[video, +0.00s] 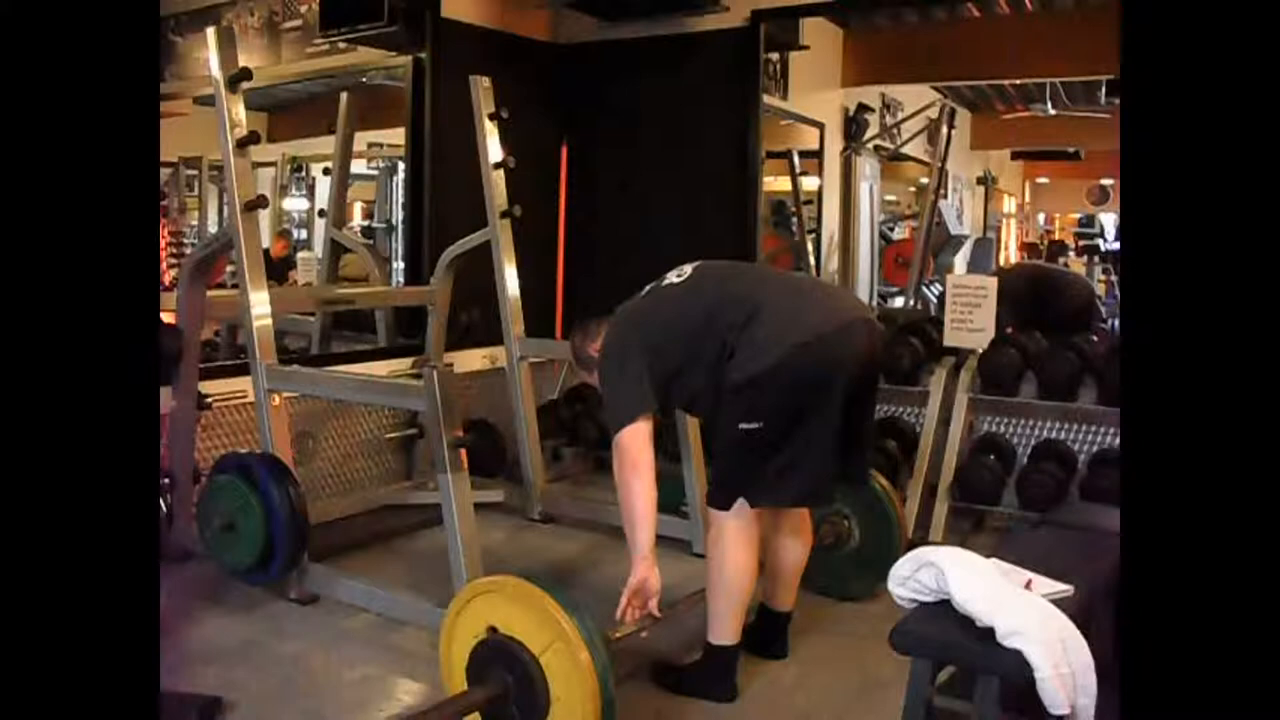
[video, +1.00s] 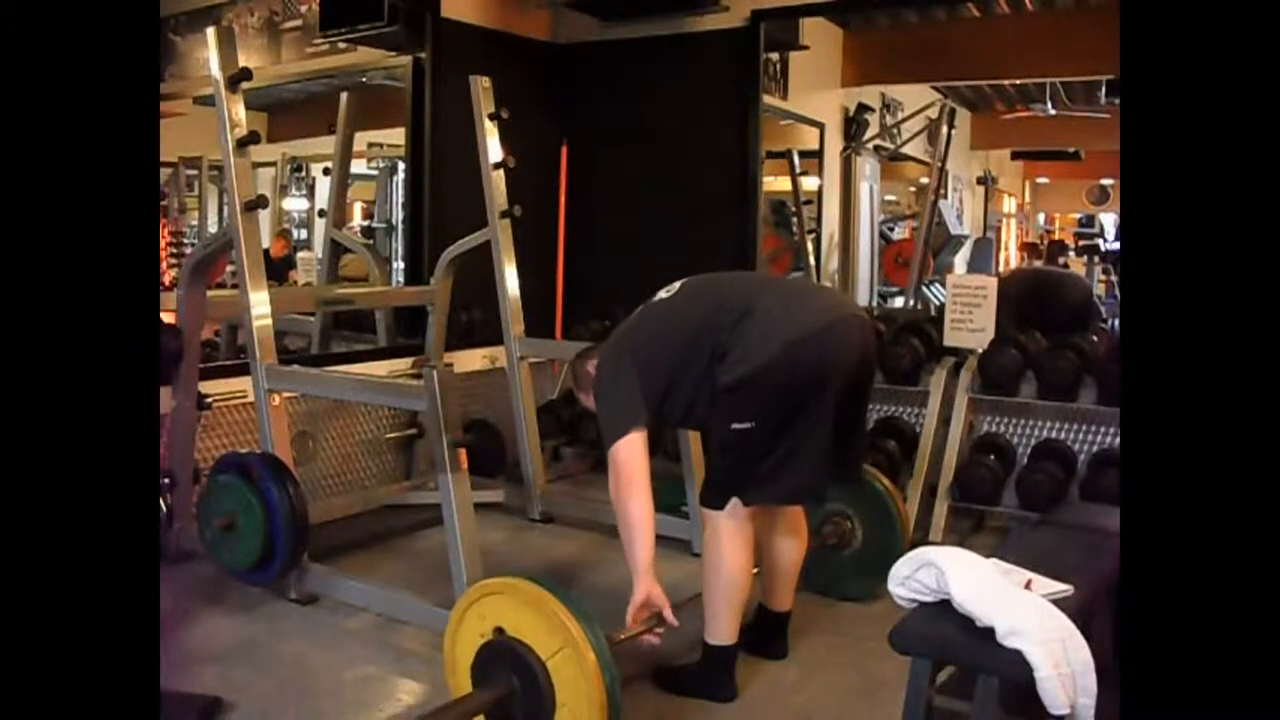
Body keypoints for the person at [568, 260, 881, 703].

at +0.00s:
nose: (607, 390)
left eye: (596, 380)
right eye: (598, 384)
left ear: (599, 351)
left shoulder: (622, 343)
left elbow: (633, 454)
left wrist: (642, 562)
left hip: (779, 356)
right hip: (853, 336)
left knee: (730, 506)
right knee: (789, 498)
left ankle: (716, 670)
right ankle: (772, 631)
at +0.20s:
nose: (607, 396)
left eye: (596, 386)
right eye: (599, 389)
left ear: (596, 361)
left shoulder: (619, 350)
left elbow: (631, 458)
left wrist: (643, 563)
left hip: (777, 355)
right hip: (851, 335)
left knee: (729, 506)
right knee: (786, 498)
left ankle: (716, 669)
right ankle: (772, 631)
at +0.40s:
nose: (605, 400)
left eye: (594, 389)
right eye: (596, 393)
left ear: (594, 362)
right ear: (608, 336)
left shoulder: (617, 353)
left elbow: (633, 455)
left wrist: (647, 562)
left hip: (777, 355)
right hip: (851, 335)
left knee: (728, 506)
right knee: (785, 497)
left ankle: (716, 669)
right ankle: (772, 631)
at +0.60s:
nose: (605, 398)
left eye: (594, 389)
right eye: (597, 392)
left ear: (594, 361)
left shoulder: (617, 350)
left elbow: (632, 449)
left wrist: (645, 557)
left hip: (775, 355)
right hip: (850, 337)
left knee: (728, 506)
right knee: (785, 497)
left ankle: (716, 671)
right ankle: (772, 630)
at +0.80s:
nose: (607, 409)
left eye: (597, 401)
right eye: (598, 403)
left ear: (595, 376)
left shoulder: (616, 356)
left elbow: (628, 455)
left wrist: (643, 564)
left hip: (775, 354)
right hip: (851, 338)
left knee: (728, 508)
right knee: (785, 498)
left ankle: (716, 670)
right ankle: (772, 631)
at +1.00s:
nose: (604, 415)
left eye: (595, 406)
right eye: (595, 409)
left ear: (594, 378)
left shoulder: (617, 366)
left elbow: (629, 476)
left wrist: (643, 579)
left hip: (771, 353)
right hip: (847, 334)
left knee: (725, 506)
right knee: (782, 495)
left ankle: (715, 671)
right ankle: (772, 631)